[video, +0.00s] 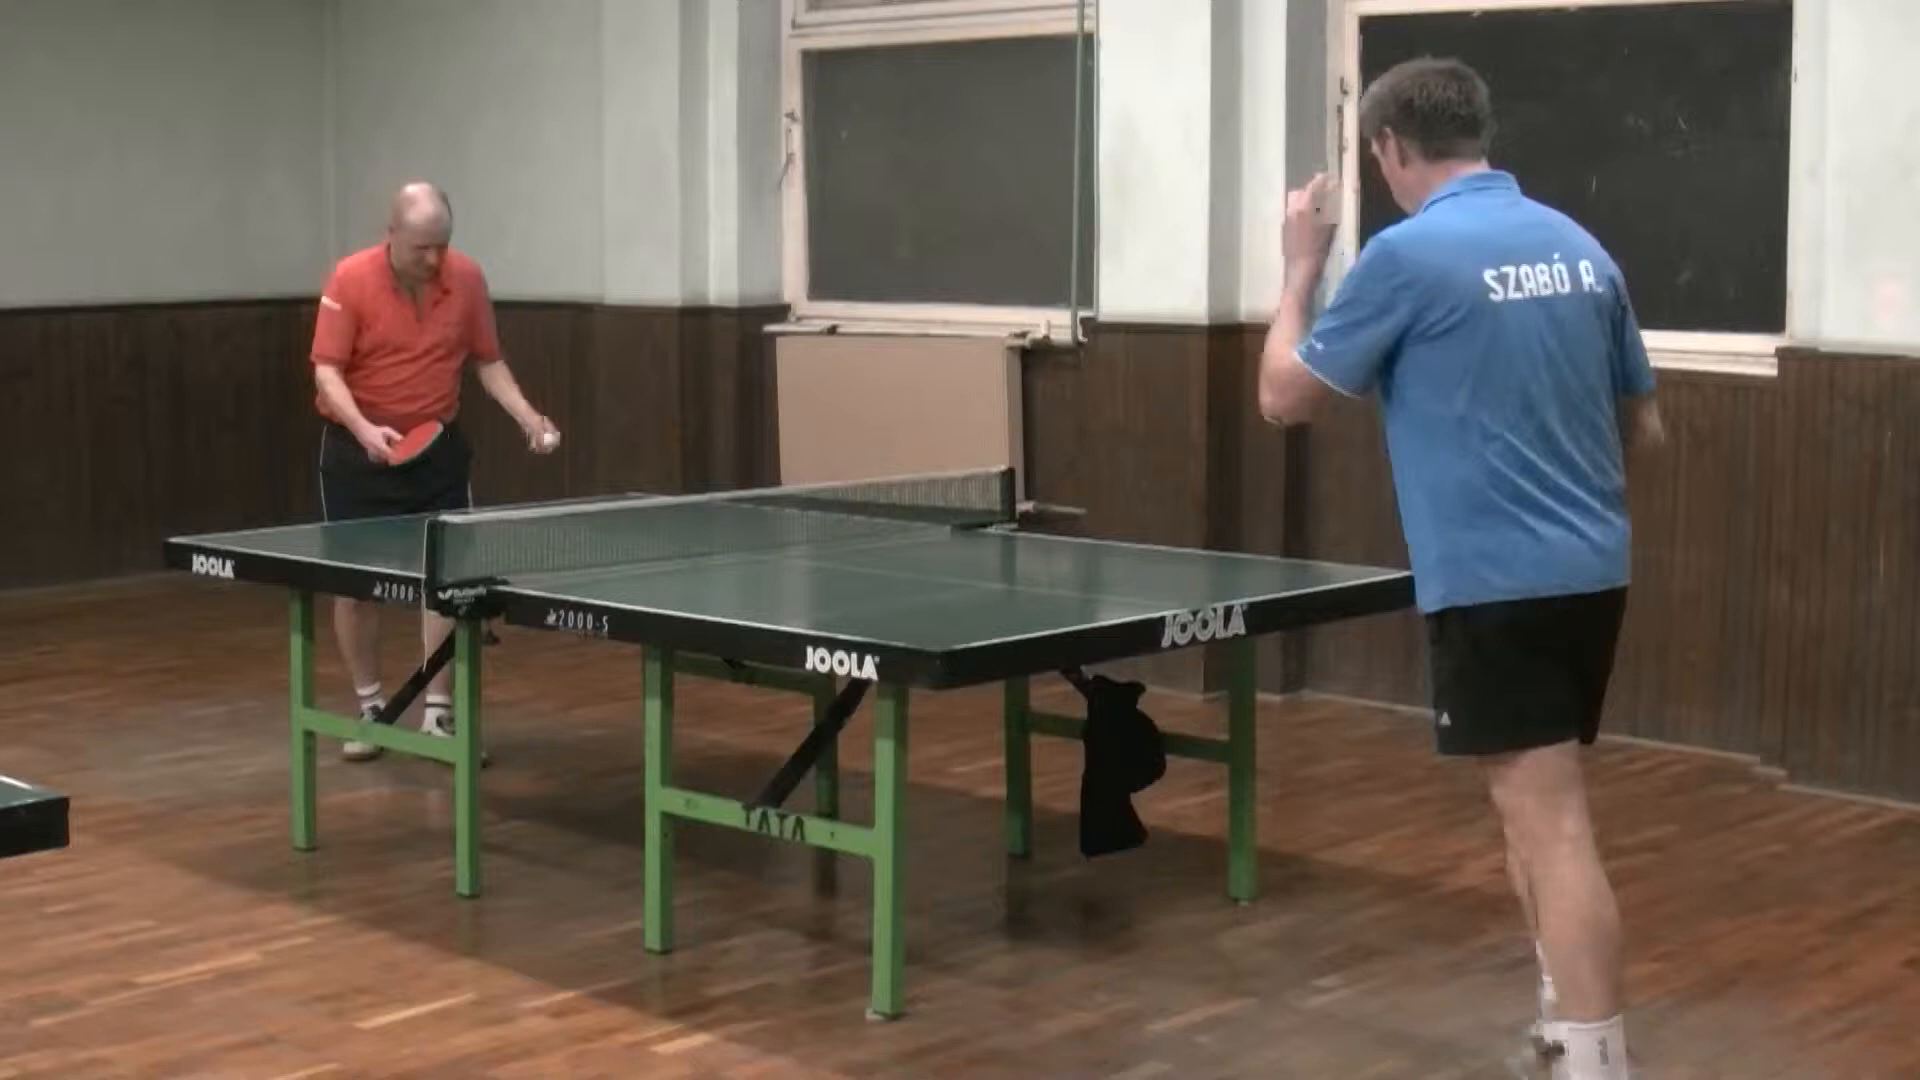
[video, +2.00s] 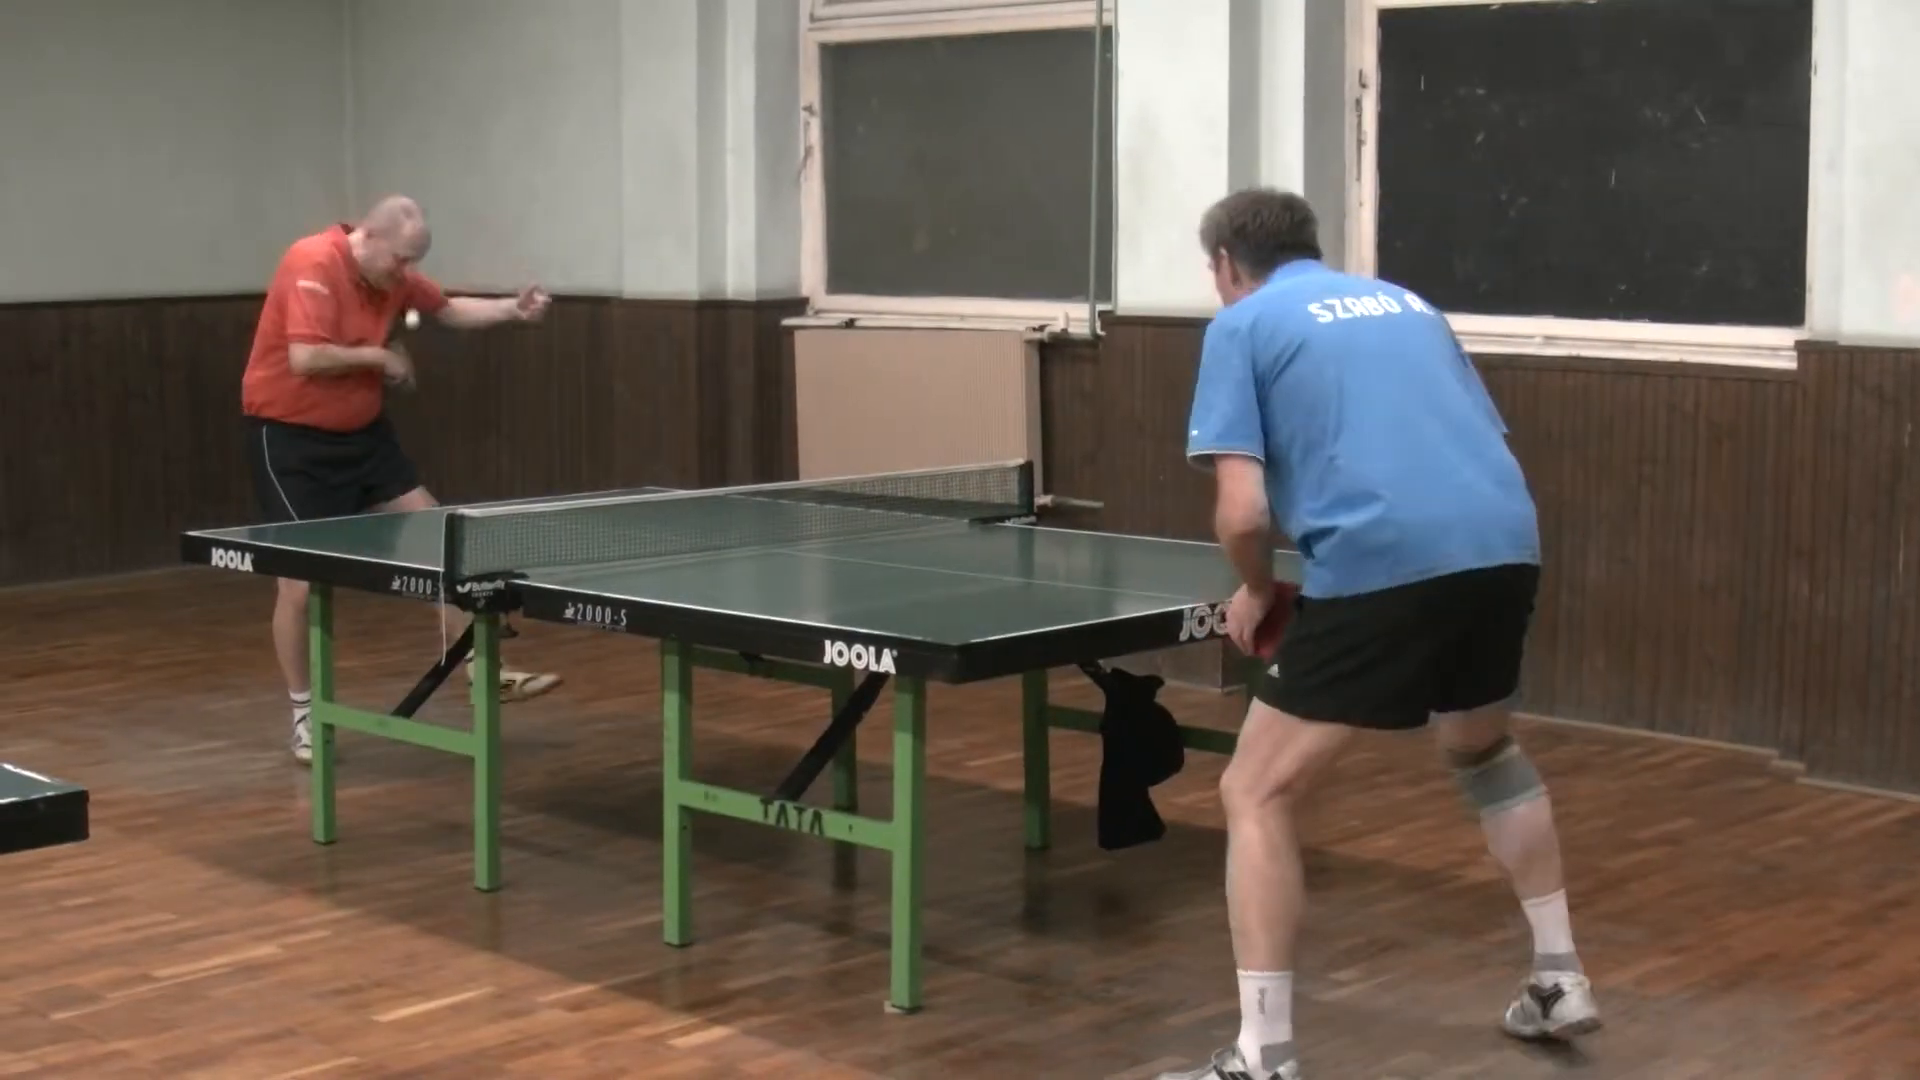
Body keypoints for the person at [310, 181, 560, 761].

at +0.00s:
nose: (434, 258)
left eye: (441, 246)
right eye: (422, 247)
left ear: (450, 236)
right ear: (391, 235)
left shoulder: (465, 277)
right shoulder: (351, 280)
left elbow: (489, 362)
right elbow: (326, 373)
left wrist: (529, 417)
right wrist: (364, 429)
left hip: (438, 450)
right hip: (360, 451)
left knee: (444, 581)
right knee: (354, 582)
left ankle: (438, 711)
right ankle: (370, 709)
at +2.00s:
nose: (404, 273)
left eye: (410, 263)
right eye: (400, 261)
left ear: (391, 247)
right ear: (366, 238)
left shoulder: (389, 277)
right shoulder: (311, 263)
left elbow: (447, 306)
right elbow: (305, 357)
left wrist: (511, 308)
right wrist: (379, 355)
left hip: (362, 433)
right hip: (292, 437)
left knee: (439, 535)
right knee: (298, 581)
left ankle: (478, 668)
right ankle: (304, 712)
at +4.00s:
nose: (291, 271)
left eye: (293, 260)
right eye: (278, 263)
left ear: (295, 258)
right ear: (242, 269)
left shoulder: (309, 295)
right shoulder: (218, 326)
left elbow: (332, 359)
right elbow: (221, 427)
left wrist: (385, 403)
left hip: (296, 458)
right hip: (221, 462)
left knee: (351, 562)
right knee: (180, 576)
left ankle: (361, 685)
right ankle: (152, 704)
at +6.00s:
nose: (621, 364)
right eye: (621, 355)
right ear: (610, 334)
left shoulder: (541, 321)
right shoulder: (604, 341)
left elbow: (468, 378)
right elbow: (620, 431)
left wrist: (438, 450)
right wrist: (642, 499)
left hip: (466, 380)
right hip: (502, 386)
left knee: (510, 511)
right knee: (470, 512)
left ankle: (525, 617)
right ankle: (422, 619)